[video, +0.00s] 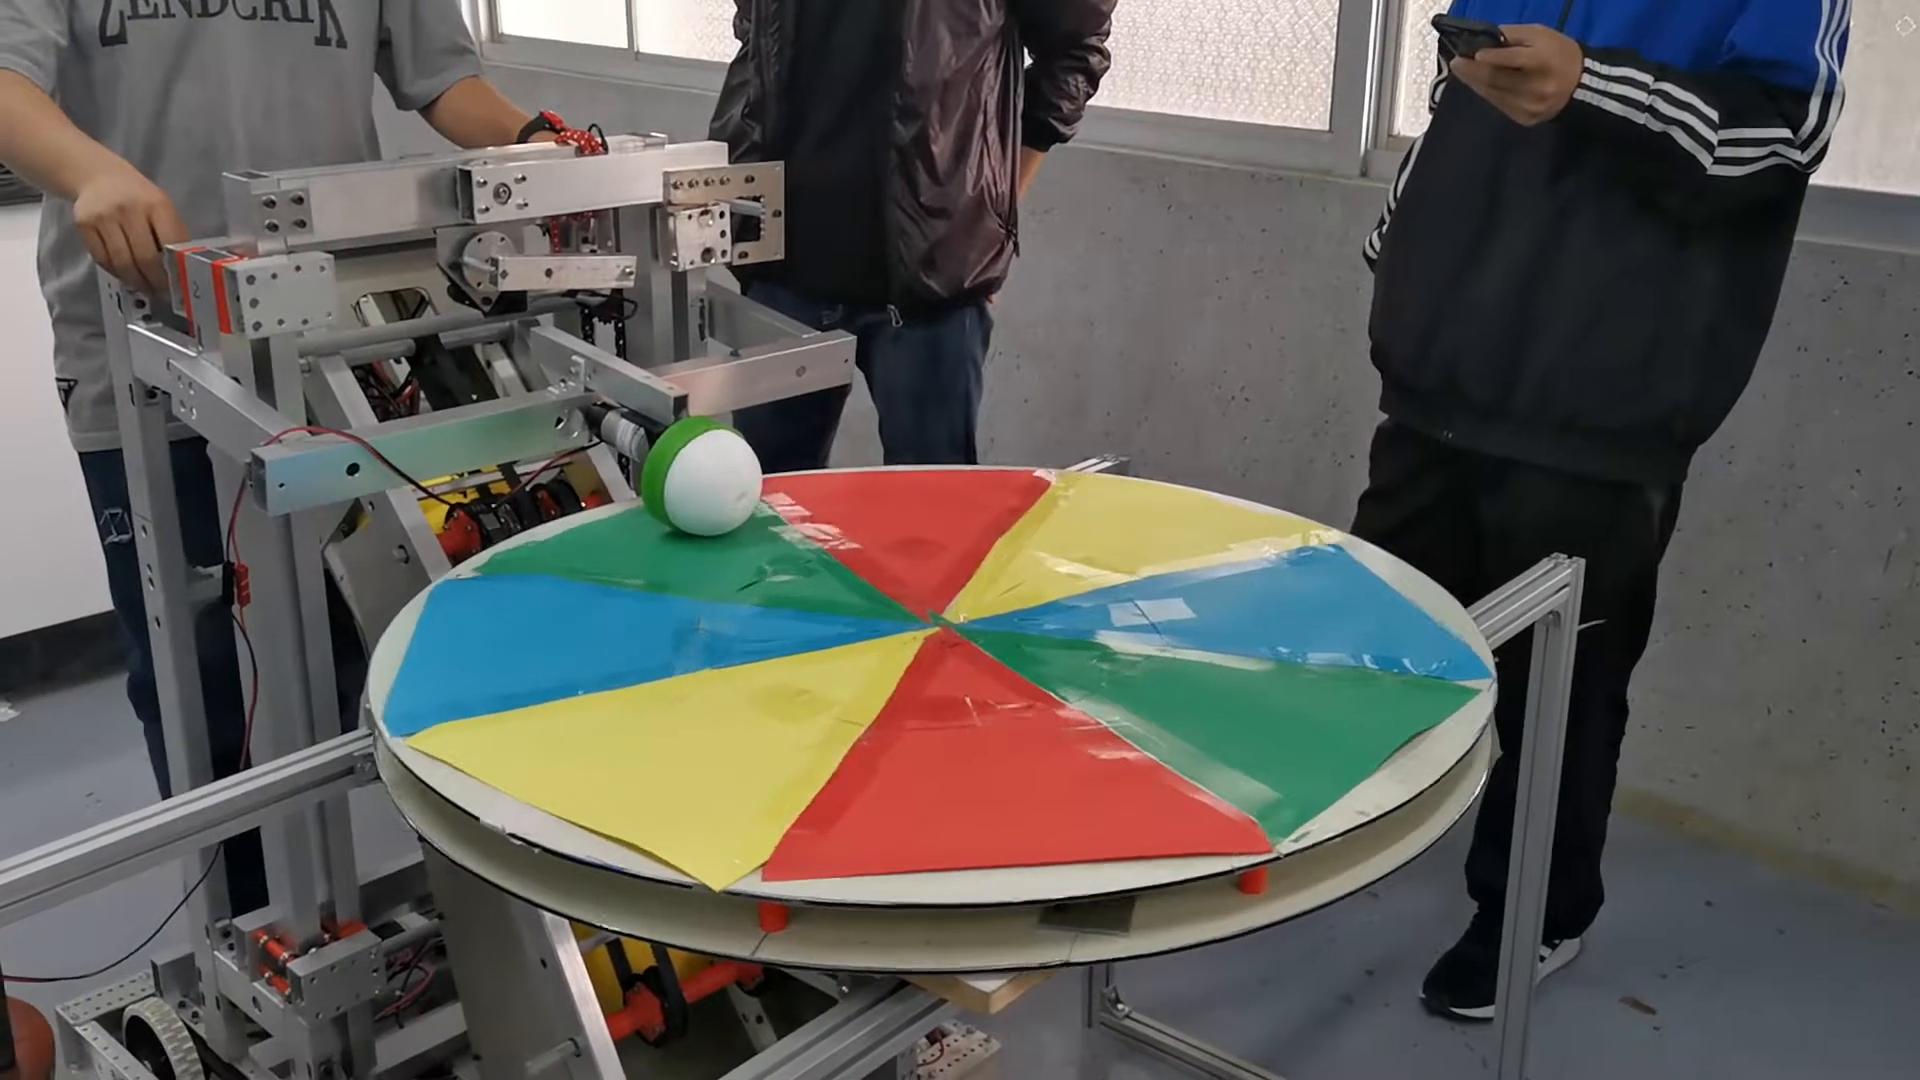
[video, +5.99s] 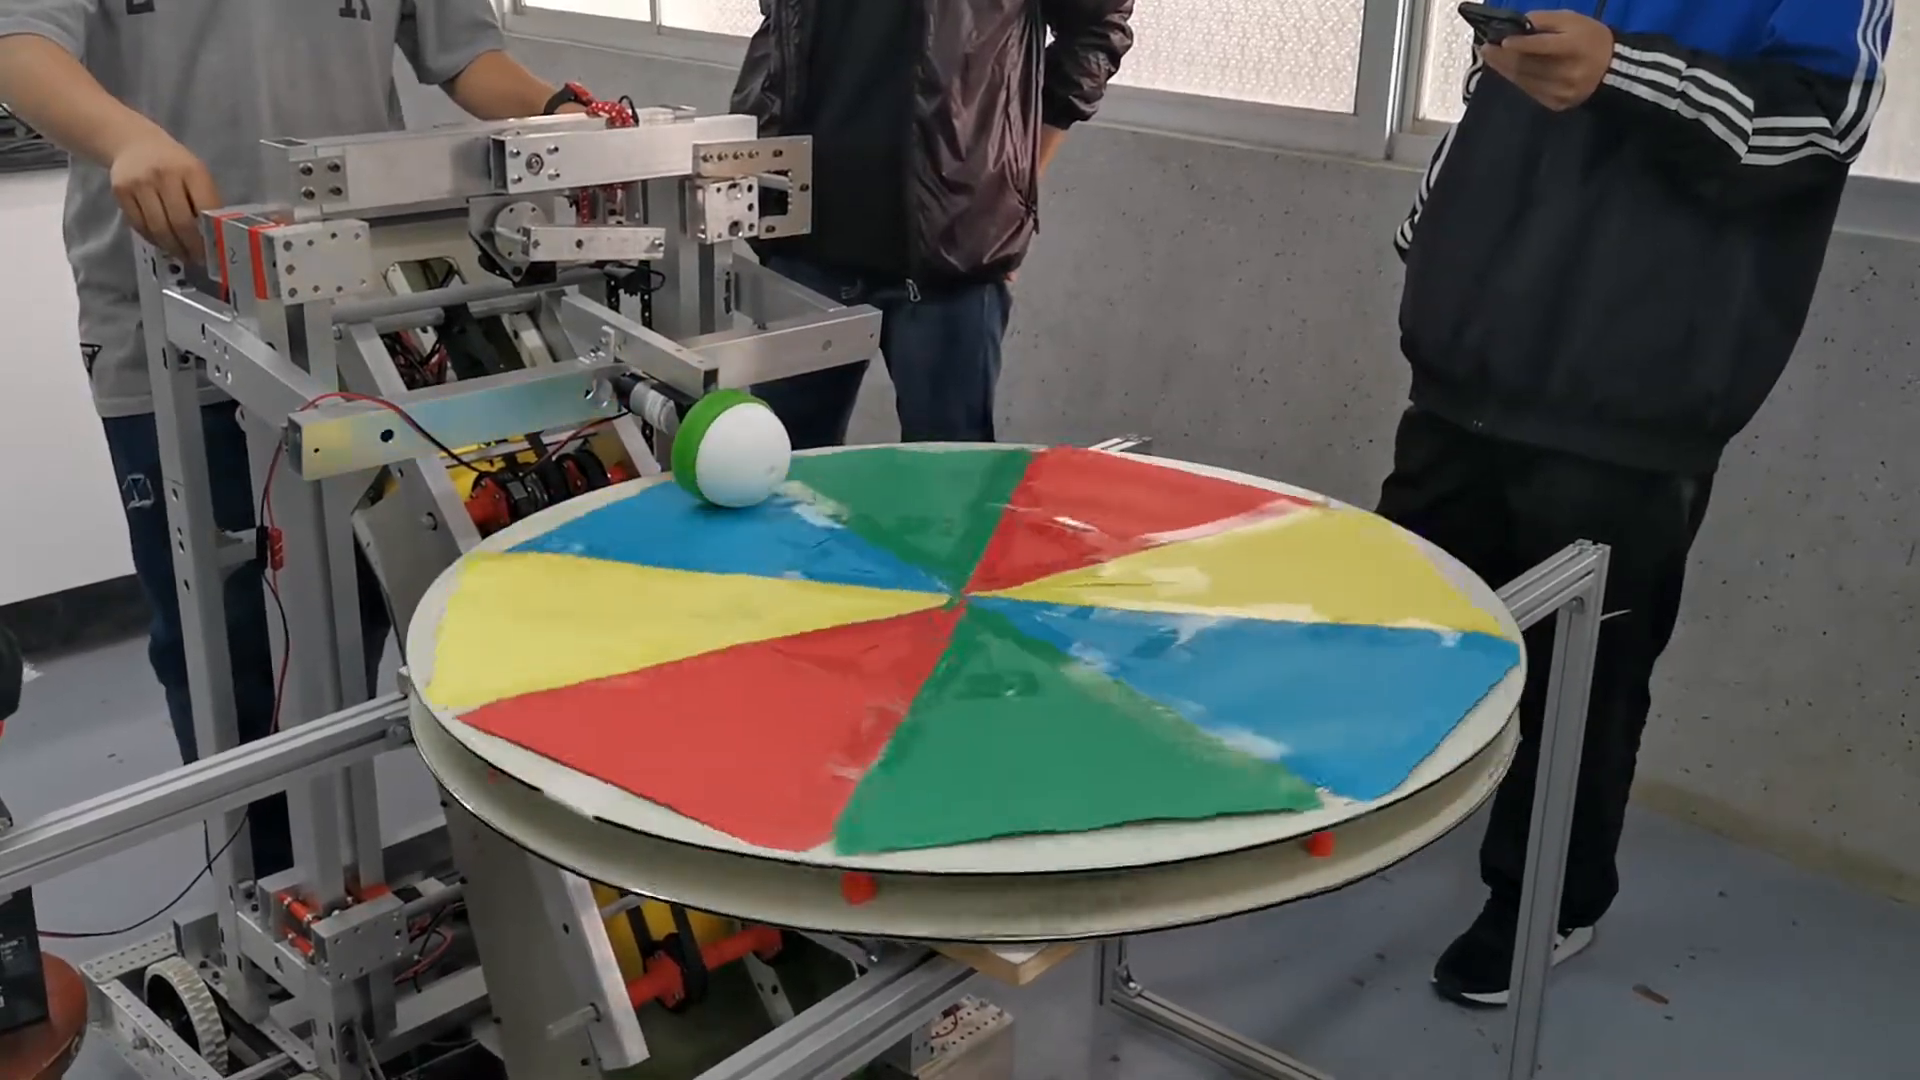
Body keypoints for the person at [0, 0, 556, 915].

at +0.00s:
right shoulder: (56, 6)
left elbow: (441, 73)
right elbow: (6, 82)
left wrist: (535, 140)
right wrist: (91, 169)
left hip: (327, 349)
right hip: (137, 357)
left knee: (337, 637)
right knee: (187, 669)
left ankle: (331, 893)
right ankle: (239, 920)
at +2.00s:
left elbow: (446, 56)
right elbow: (17, 57)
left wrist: (546, 128)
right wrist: (112, 148)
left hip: (341, 334)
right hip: (157, 340)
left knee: (347, 618)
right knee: (201, 646)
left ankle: (337, 867)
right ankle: (247, 895)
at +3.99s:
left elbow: (457, 47)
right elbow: (22, 37)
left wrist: (562, 120)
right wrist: (123, 133)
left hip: (349, 315)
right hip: (164, 321)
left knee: (350, 607)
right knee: (208, 637)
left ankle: (335, 854)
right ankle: (256, 885)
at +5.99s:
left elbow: (459, 48)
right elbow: (21, 44)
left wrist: (549, 105)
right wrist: (122, 135)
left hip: (349, 322)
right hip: (164, 330)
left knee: (354, 608)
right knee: (216, 641)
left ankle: (346, 857)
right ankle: (266, 885)